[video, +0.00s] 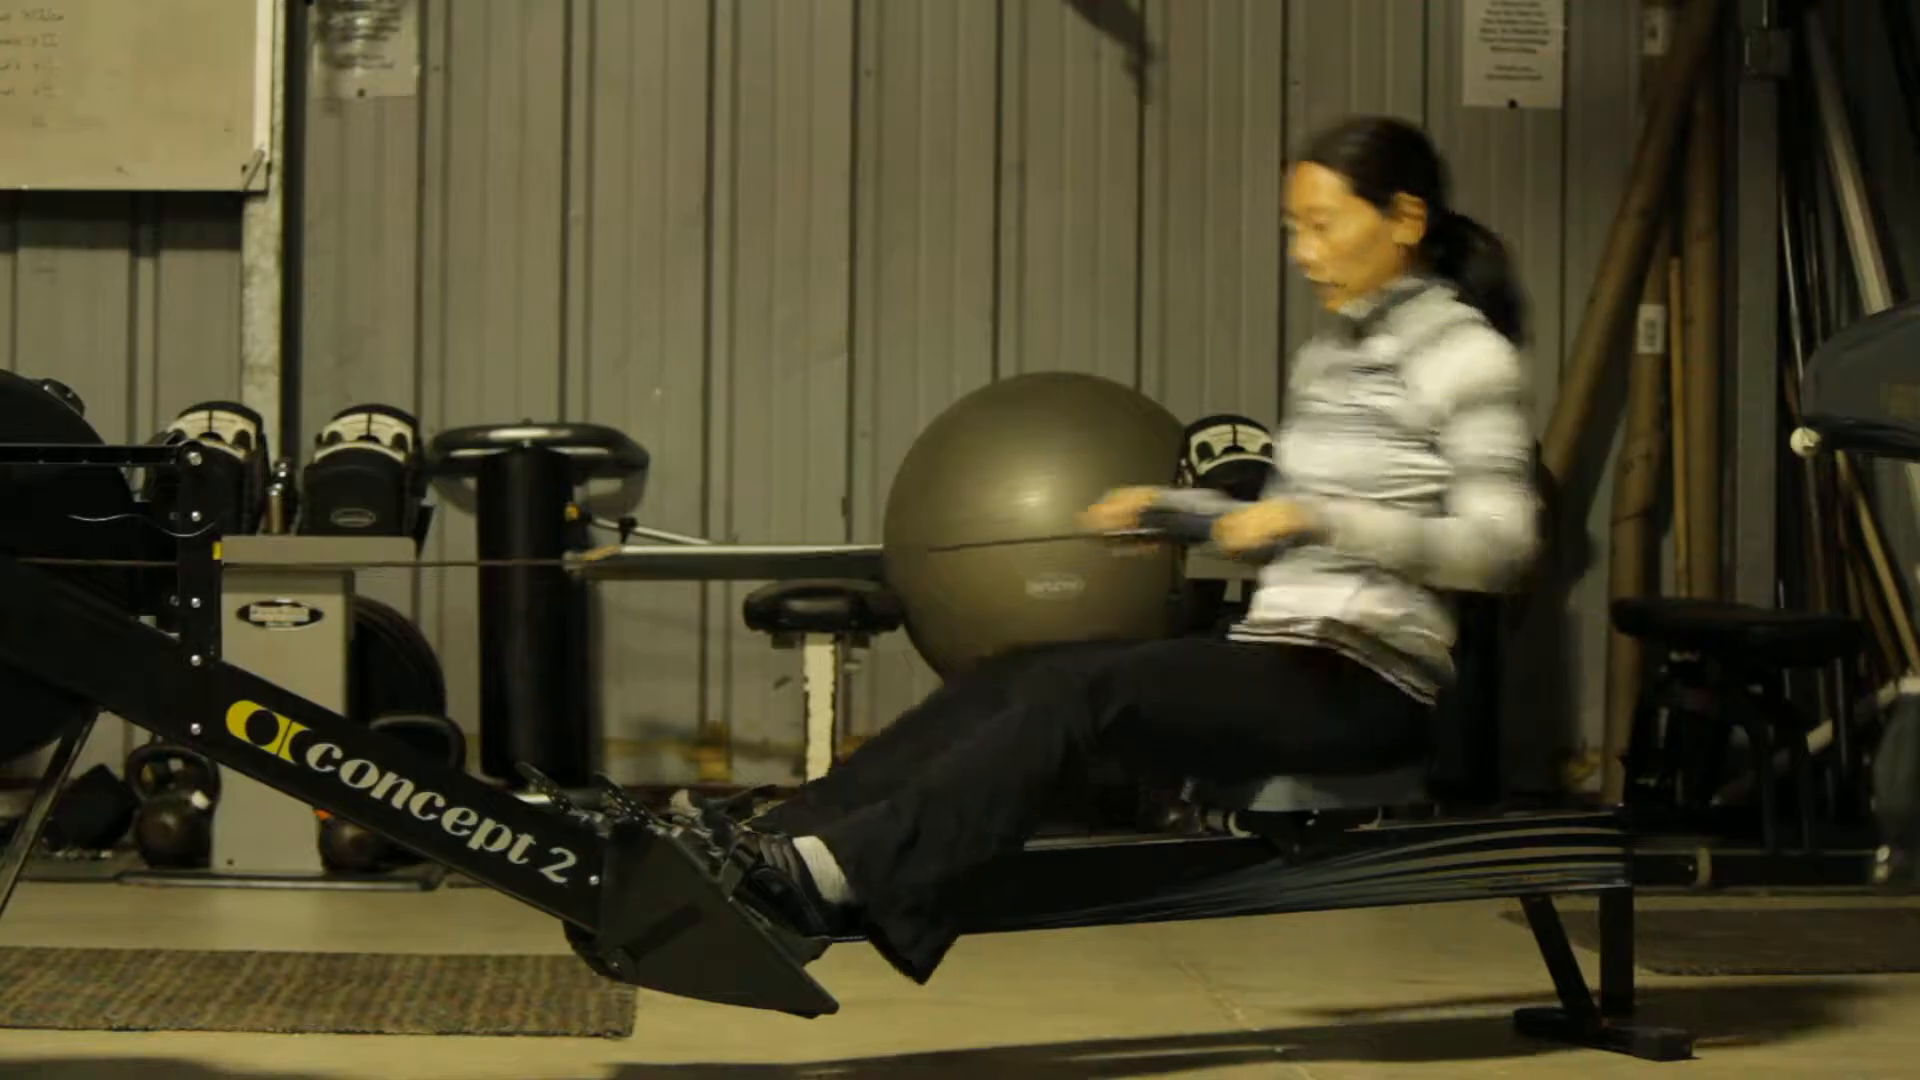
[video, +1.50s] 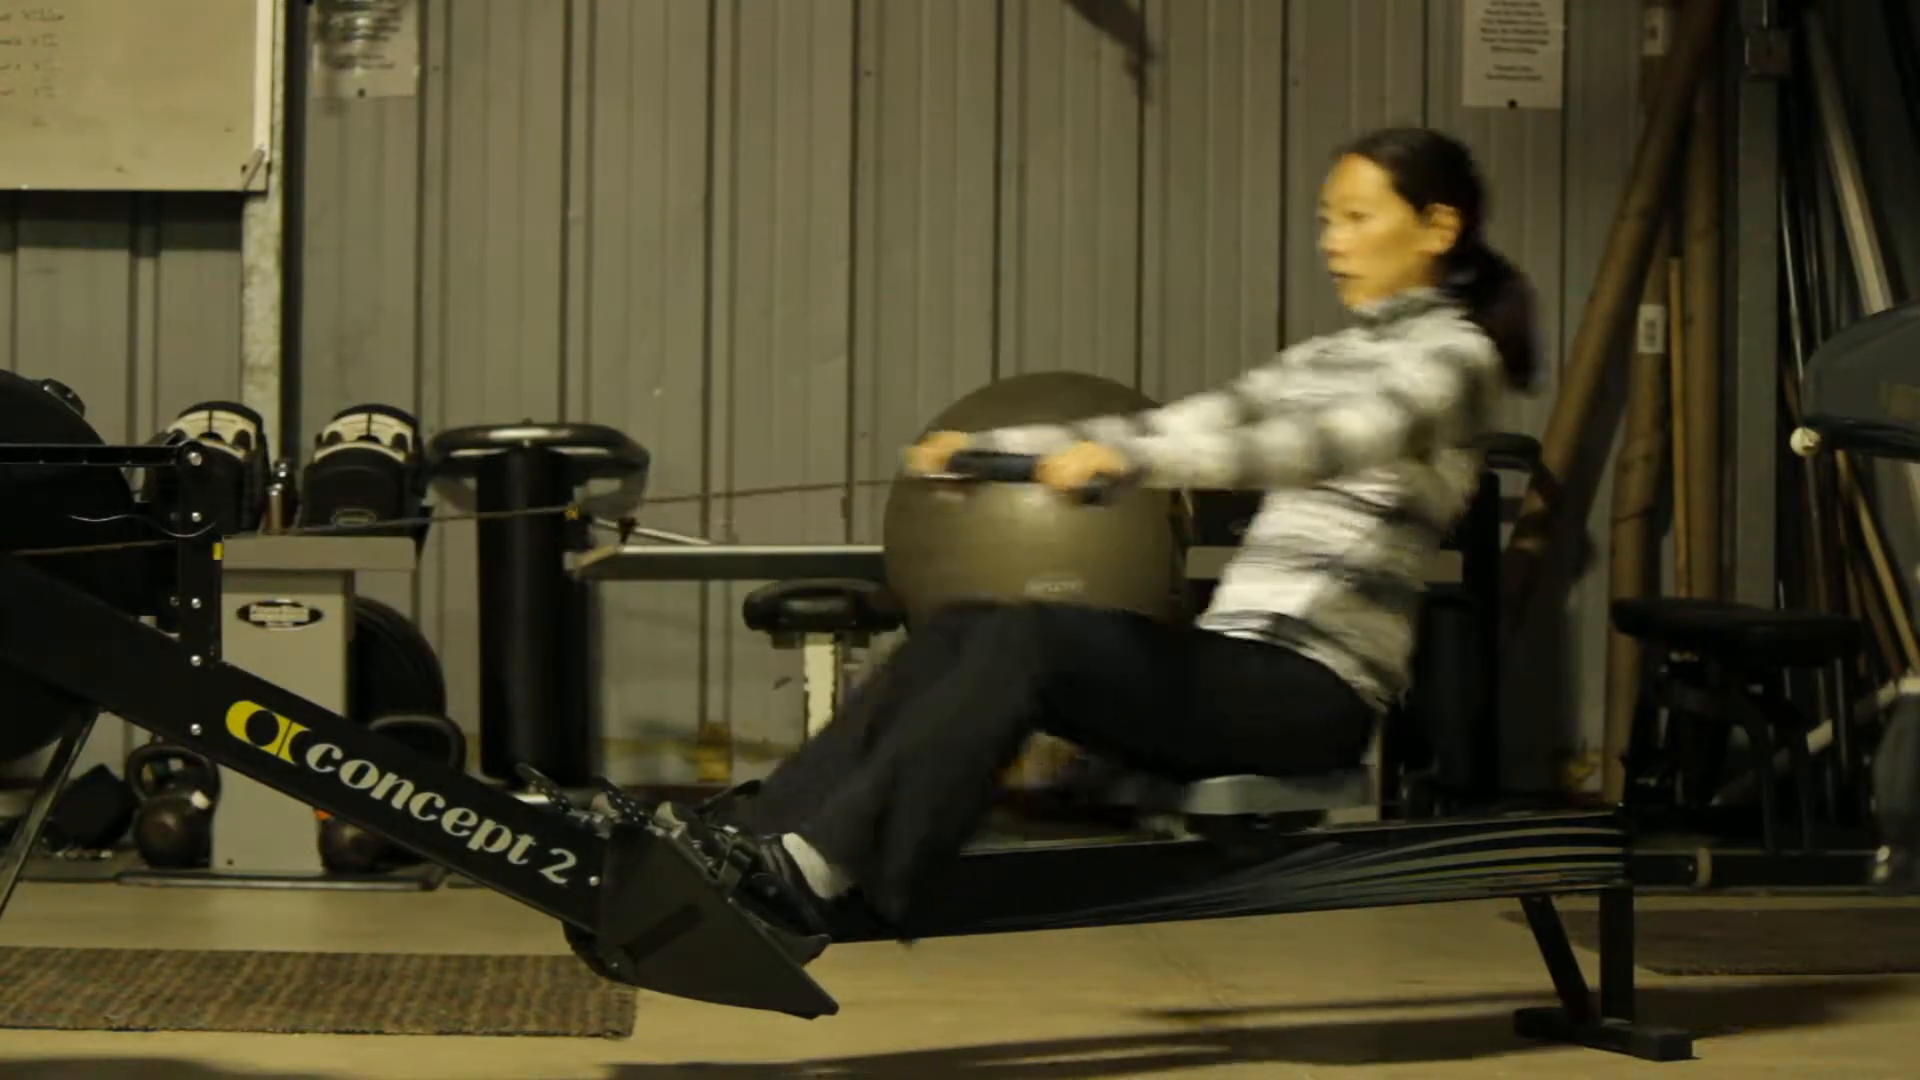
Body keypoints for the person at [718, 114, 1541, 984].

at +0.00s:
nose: (1301, 252)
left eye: (1320, 224)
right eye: (1295, 229)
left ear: (1406, 223)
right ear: (1302, 229)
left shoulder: (1466, 352)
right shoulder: (1332, 349)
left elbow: (1501, 543)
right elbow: (1298, 511)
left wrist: (1317, 519)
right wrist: (1175, 507)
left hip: (1370, 675)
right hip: (1275, 653)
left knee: (1069, 693)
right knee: (1011, 678)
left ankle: (826, 883)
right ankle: (777, 842)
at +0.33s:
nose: (942, 225)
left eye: (969, 197)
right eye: (942, 201)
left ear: (1060, 206)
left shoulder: (1105, 341)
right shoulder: (987, 343)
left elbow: (988, 534)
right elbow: (856, 491)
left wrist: (812, 652)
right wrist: (675, 609)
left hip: (1166, 691)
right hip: (1072, 670)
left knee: (911, 617)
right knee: (841, 571)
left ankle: (845, 875)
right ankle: (760, 831)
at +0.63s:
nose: (688, 250)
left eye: (717, 224)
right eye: (691, 225)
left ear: (803, 240)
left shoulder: (858, 365)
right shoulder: (748, 369)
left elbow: (690, 503)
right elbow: (576, 470)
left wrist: (479, 591)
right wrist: (366, 547)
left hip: (995, 695)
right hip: (912, 685)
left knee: (771, 539)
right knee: (707, 547)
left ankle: (786, 857)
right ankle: (696, 831)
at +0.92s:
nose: (702, 215)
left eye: (733, 191)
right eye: (709, 193)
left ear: (820, 214)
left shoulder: (872, 350)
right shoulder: (754, 350)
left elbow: (726, 520)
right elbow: (616, 489)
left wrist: (542, 623)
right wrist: (431, 596)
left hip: (969, 695)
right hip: (873, 685)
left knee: (766, 556)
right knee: (684, 566)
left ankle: (786, 856)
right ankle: (691, 840)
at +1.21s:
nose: (1032, 198)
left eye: (1061, 175)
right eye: (1034, 175)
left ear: (1152, 196)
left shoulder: (1181, 326)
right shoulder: (1061, 332)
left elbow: (1034, 454)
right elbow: (921, 437)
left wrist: (850, 514)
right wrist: (718, 499)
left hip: (1143, 700)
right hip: (1056, 682)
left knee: (899, 578)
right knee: (816, 567)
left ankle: (787, 856)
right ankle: (695, 832)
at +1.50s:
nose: (1331, 241)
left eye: (1354, 219)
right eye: (1329, 221)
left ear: (1439, 229)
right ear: (1337, 231)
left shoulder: (1453, 350)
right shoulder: (1337, 354)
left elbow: (1331, 439)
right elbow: (1207, 419)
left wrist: (1133, 452)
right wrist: (1001, 457)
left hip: (1319, 685)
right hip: (1234, 666)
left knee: (1018, 642)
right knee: (955, 630)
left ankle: (832, 875)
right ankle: (754, 834)